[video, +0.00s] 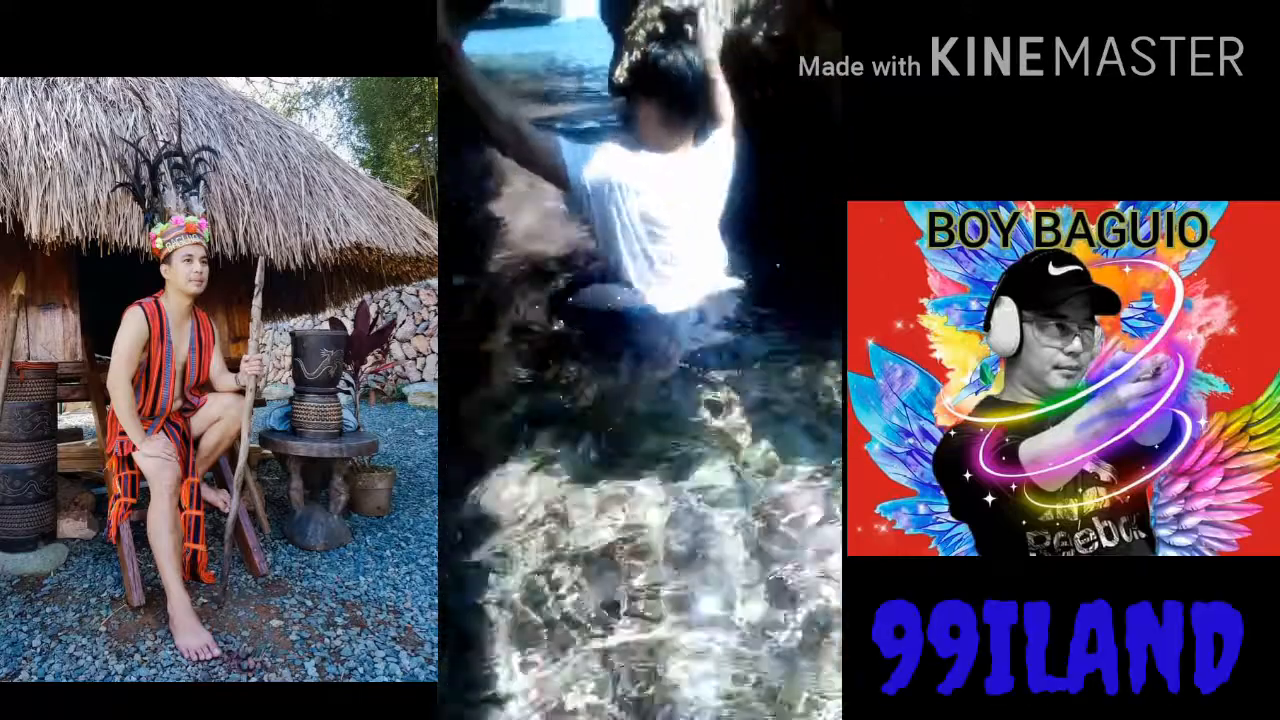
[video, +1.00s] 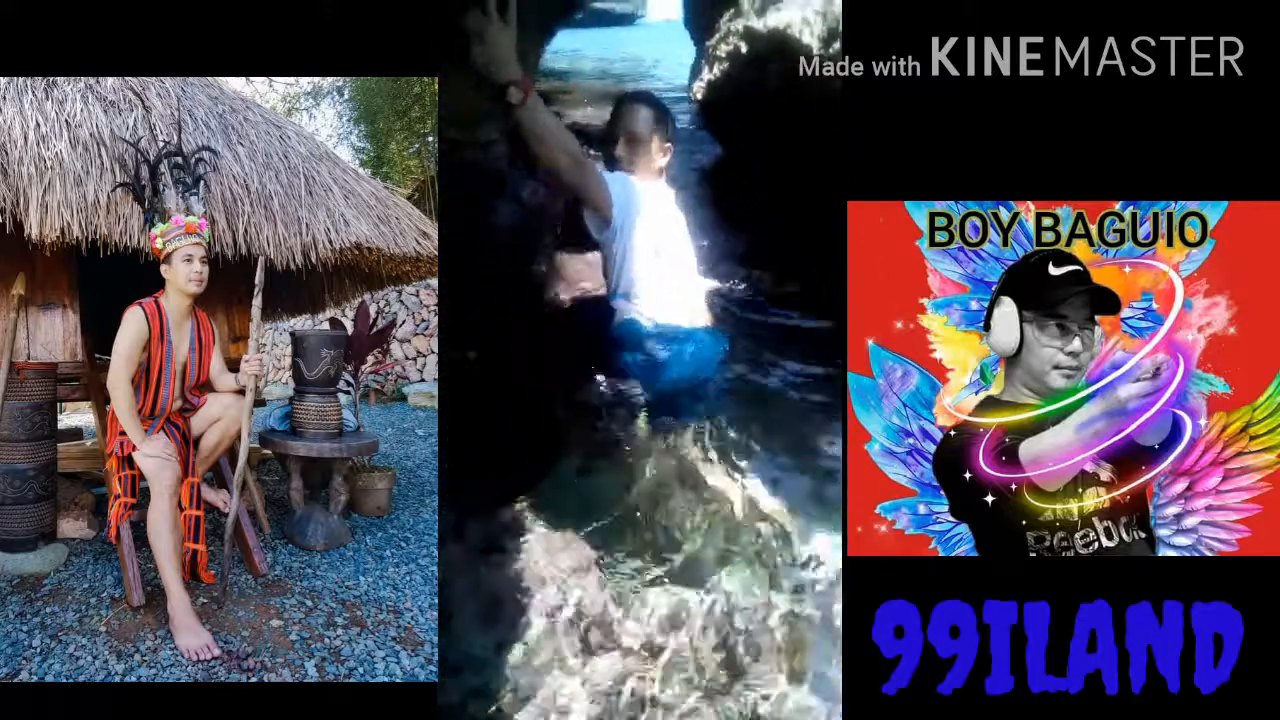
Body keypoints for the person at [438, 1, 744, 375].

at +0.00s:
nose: (632, 112)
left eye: (636, 101)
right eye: (635, 101)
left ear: (650, 107)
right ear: (698, 113)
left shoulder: (606, 169)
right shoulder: (715, 164)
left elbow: (515, 137)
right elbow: (723, 114)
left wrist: (452, 58)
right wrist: (711, 53)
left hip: (651, 325)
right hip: (719, 313)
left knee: (572, 299)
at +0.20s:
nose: (581, 132)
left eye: (591, 122)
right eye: (585, 121)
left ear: (627, 135)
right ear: (632, 136)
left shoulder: (580, 193)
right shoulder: (664, 188)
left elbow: (490, 165)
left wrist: (440, 93)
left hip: (620, 343)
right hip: (673, 331)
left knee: (547, 318)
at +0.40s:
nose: (597, 154)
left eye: (614, 146)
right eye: (592, 143)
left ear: (645, 161)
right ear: (584, 146)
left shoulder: (579, 202)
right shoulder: (653, 205)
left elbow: (512, 177)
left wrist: (455, 108)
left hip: (627, 330)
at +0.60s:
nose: (602, 153)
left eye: (619, 144)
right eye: (596, 141)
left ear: (647, 159)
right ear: (587, 146)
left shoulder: (597, 200)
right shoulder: (647, 202)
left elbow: (527, 171)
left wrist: (459, 86)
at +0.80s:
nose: (619, 155)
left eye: (635, 146)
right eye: (613, 145)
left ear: (664, 159)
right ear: (605, 151)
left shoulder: (622, 200)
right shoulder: (664, 204)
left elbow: (554, 171)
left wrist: (489, 86)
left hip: (641, 338)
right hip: (691, 336)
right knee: (698, 445)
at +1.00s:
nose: (618, 152)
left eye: (632, 141)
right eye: (615, 140)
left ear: (665, 150)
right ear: (611, 141)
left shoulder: (622, 193)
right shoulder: (670, 200)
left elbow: (566, 161)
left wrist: (510, 77)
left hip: (649, 343)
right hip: (703, 343)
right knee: (690, 444)